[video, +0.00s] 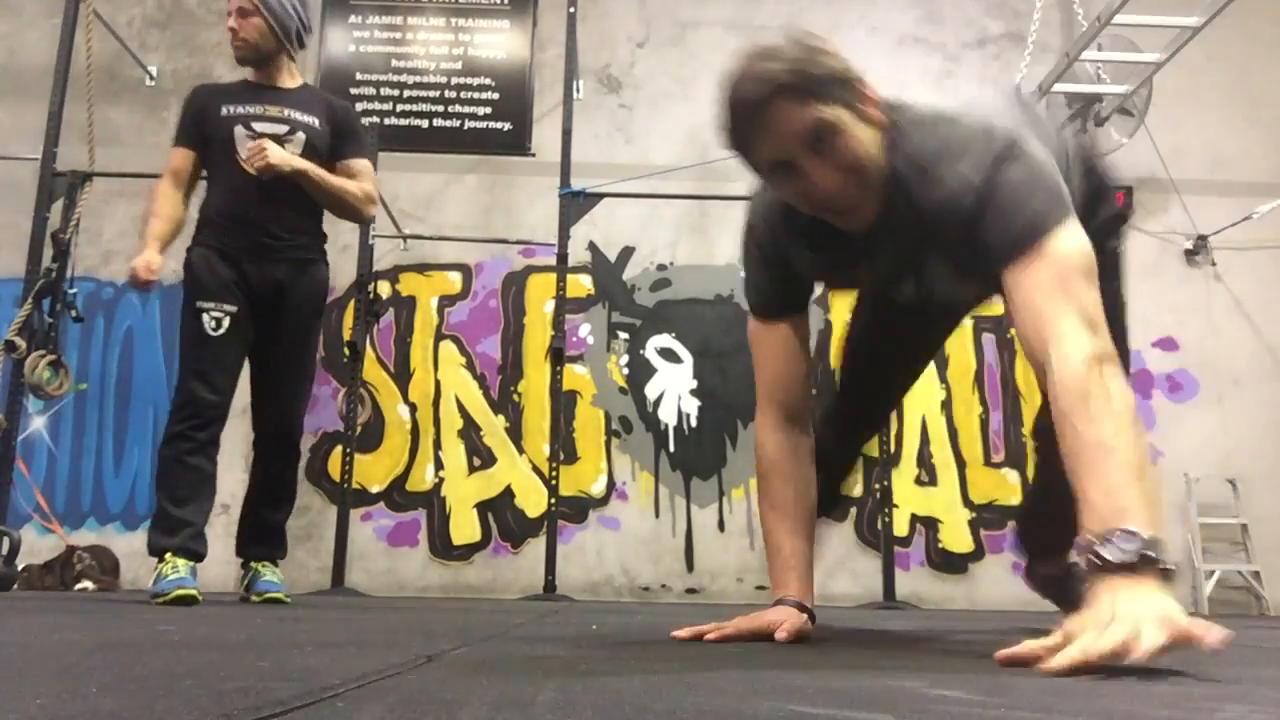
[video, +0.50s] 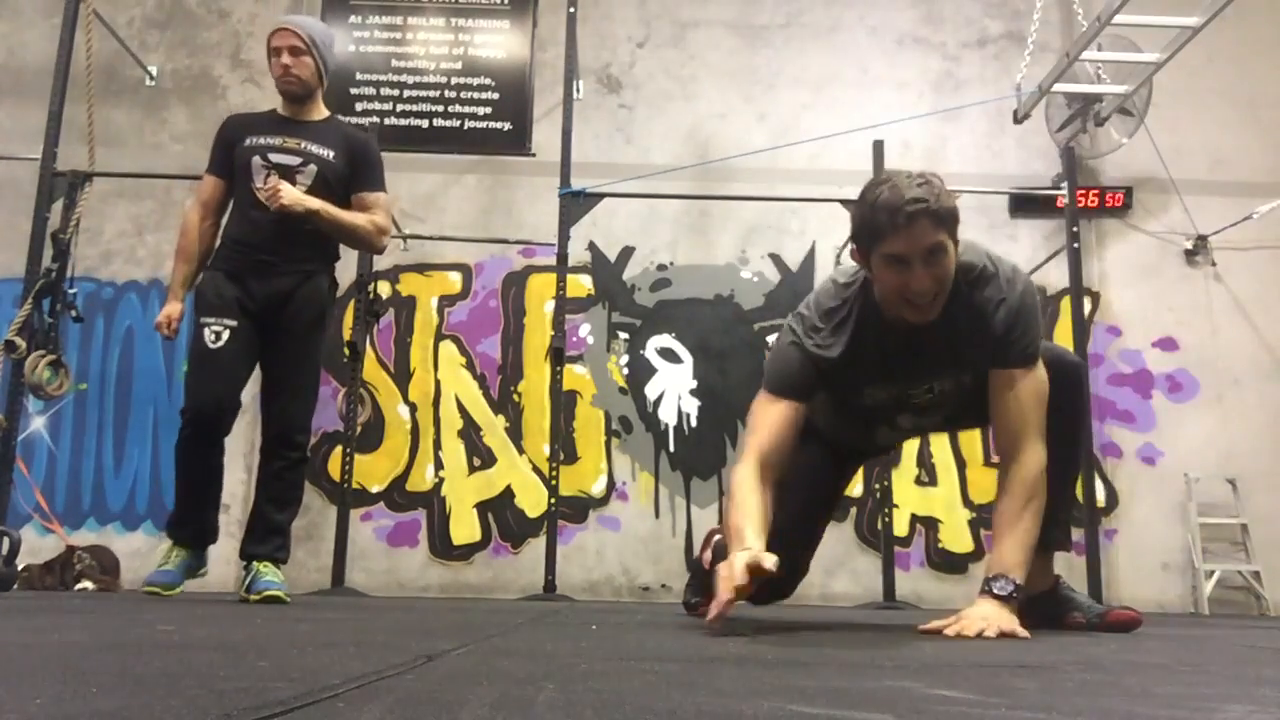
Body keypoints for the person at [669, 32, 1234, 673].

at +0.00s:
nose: (819, 181)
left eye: (824, 141)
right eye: (784, 171)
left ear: (868, 105)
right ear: (765, 179)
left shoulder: (989, 164)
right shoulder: (777, 230)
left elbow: (1082, 357)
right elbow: (782, 417)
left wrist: (1128, 567)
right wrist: (789, 596)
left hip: (1064, 212)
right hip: (926, 247)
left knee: (1084, 390)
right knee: (850, 409)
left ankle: (1059, 562)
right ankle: (814, 486)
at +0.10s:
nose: (880, 208)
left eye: (888, 170)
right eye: (845, 193)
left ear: (923, 141)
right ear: (815, 197)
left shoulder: (1026, 204)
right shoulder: (797, 260)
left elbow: (1086, 383)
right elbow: (788, 437)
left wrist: (1056, 551)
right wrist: (793, 599)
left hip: (1008, 304)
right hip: (883, 334)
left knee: (1124, 408)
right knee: (798, 456)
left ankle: (1070, 560)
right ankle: (728, 529)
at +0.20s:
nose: (902, 222)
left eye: (912, 189)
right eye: (872, 207)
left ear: (943, 166)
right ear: (840, 210)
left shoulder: (1033, 226)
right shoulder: (811, 279)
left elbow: (1100, 409)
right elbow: (798, 450)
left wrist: (1024, 543)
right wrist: (792, 597)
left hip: (1006, 347)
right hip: (880, 370)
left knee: (1111, 401)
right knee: (797, 492)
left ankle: (1051, 565)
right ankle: (712, 552)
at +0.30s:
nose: (914, 245)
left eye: (925, 216)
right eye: (885, 229)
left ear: (949, 197)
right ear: (849, 227)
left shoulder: (1019, 253)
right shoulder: (817, 302)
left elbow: (1068, 418)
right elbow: (802, 462)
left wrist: (1001, 555)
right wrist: (790, 594)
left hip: (980, 369)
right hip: (866, 393)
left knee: (1086, 385)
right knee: (787, 516)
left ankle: (1041, 574)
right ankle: (716, 557)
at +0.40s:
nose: (917, 274)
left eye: (931, 248)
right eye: (894, 256)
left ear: (954, 231)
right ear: (856, 253)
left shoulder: (1009, 286)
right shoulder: (821, 320)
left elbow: (1030, 447)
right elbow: (790, 462)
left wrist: (1001, 589)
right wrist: (762, 567)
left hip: (971, 378)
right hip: (870, 392)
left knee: (1069, 372)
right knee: (785, 550)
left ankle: (1034, 584)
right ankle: (725, 561)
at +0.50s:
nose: (920, 281)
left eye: (934, 257)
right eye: (899, 262)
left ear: (955, 244)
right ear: (861, 257)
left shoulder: (1002, 296)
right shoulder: (820, 322)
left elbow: (1024, 453)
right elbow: (755, 459)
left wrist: (1001, 592)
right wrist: (746, 547)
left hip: (956, 397)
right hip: (846, 422)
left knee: (1062, 375)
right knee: (769, 581)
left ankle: (1036, 587)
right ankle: (718, 553)